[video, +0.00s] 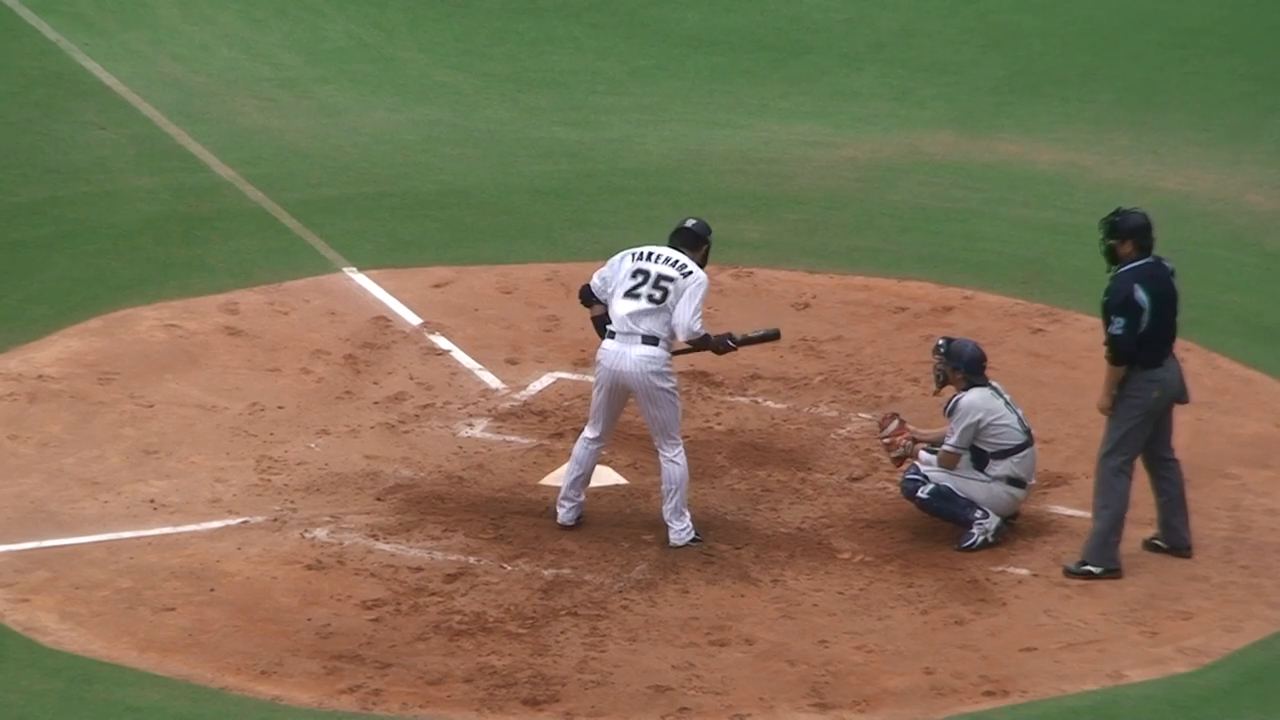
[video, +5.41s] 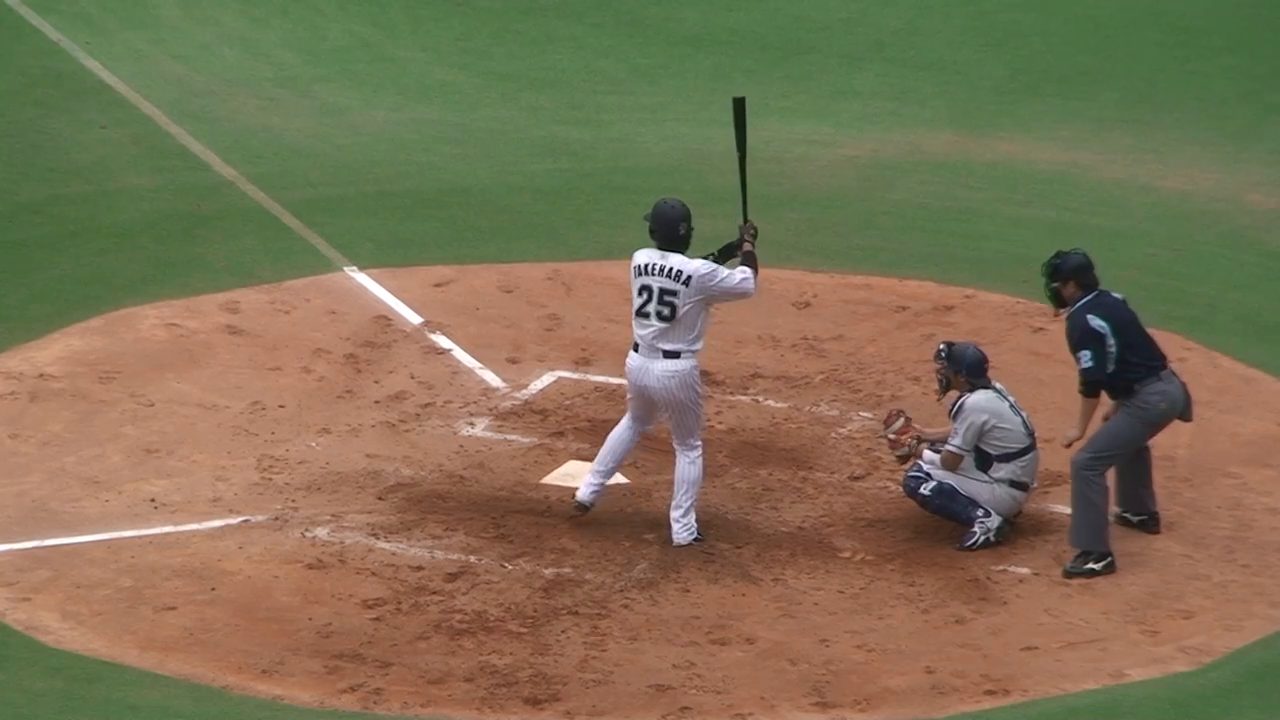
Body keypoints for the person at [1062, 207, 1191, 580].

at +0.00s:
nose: (1109, 246)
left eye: (1114, 241)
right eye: (1111, 240)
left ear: (1128, 244)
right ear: (1142, 242)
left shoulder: (1124, 284)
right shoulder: (1161, 270)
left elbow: (1119, 350)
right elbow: (1163, 329)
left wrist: (1108, 392)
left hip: (1140, 382)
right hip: (1166, 374)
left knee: (1113, 463)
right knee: (1160, 457)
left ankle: (1101, 557)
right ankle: (1176, 537)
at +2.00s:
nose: (1090, 237)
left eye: (1094, 232)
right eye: (1092, 230)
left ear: (1107, 238)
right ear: (1122, 235)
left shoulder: (1106, 277)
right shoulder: (1140, 262)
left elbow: (1102, 344)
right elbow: (1142, 321)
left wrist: (1088, 387)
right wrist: (1139, 359)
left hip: (1120, 373)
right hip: (1143, 364)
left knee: (1109, 458)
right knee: (1136, 444)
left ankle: (1102, 553)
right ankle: (1144, 511)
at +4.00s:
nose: (1092, 239)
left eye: (1096, 234)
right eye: (1094, 233)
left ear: (1108, 239)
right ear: (1125, 236)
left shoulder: (1107, 279)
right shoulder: (1142, 263)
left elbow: (1103, 345)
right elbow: (1142, 322)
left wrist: (1093, 388)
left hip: (1121, 374)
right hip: (1144, 365)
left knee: (1109, 459)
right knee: (1138, 445)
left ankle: (1105, 554)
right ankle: (1147, 514)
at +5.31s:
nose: (1056, 283)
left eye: (1059, 277)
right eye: (1056, 276)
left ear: (1073, 279)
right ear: (1086, 275)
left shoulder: (1083, 312)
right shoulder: (1112, 294)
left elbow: (1091, 373)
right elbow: (1133, 350)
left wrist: (1079, 424)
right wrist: (1115, 397)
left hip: (1152, 392)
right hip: (1169, 383)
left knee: (1090, 462)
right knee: (1130, 440)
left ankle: (1096, 553)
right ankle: (1142, 513)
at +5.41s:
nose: (1055, 289)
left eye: (1058, 283)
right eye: (1054, 283)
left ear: (1072, 285)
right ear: (1085, 280)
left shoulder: (1082, 318)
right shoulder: (1111, 299)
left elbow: (1091, 380)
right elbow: (1132, 352)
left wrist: (1080, 429)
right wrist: (1118, 401)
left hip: (1153, 396)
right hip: (1170, 387)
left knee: (1086, 464)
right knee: (1128, 438)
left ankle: (1095, 552)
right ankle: (1140, 512)